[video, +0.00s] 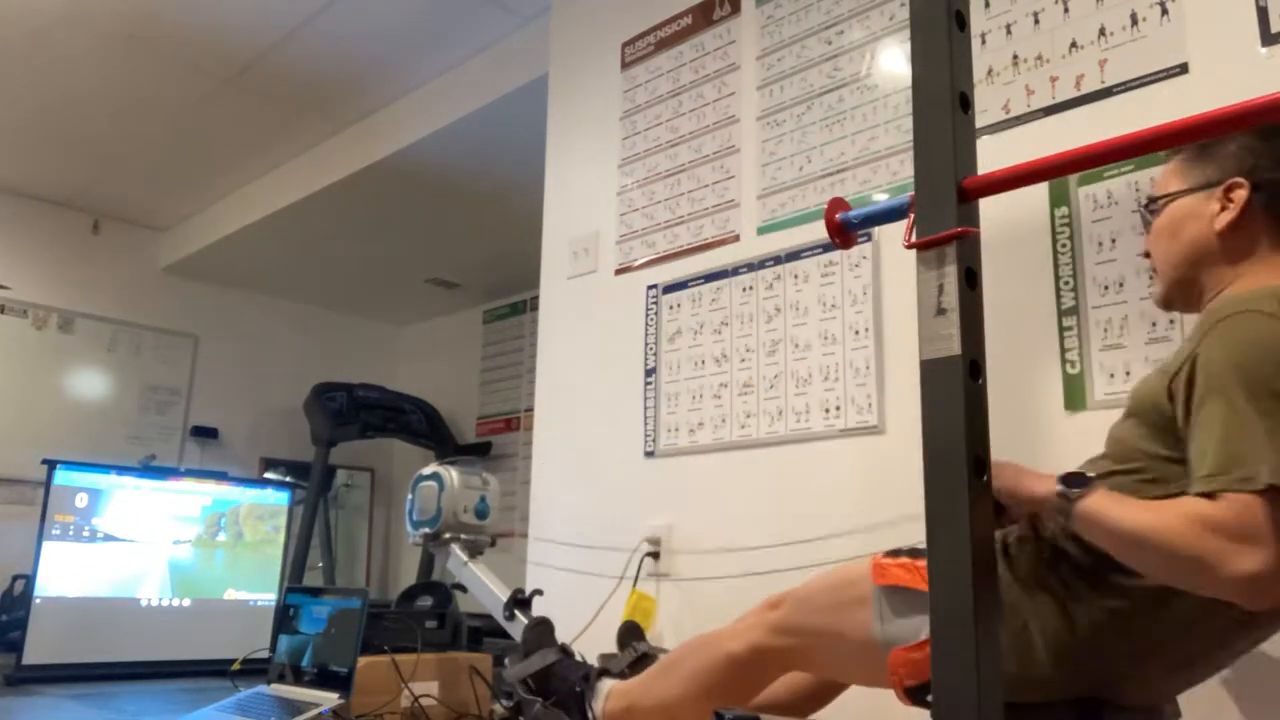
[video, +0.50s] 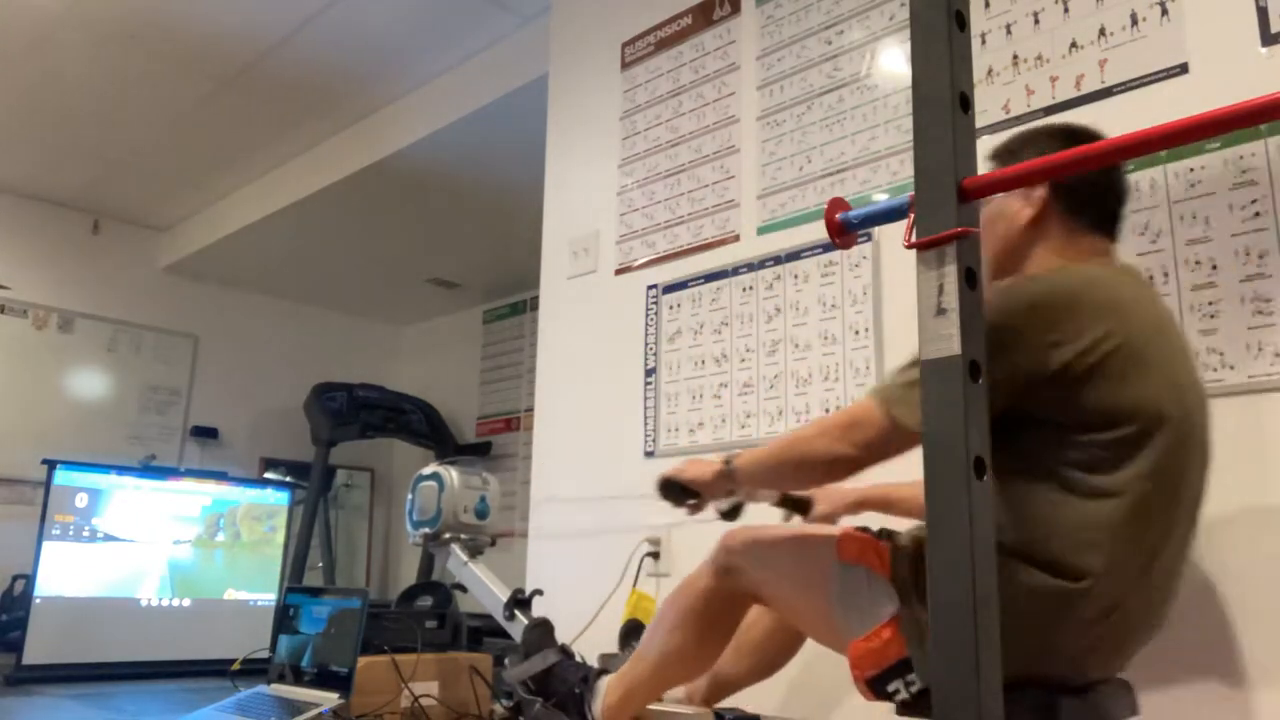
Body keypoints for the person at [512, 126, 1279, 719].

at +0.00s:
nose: (1145, 234)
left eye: (1160, 206)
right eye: (1148, 213)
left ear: (1231, 207)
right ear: (1233, 212)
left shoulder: (1250, 327)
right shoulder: (1241, 329)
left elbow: (1252, 559)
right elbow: (1228, 547)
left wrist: (1058, 498)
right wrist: (1053, 505)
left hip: (1059, 630)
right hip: (1088, 631)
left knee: (783, 620)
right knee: (839, 629)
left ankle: (608, 704)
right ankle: (705, 716)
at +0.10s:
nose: (1141, 234)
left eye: (1157, 206)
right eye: (1145, 212)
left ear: (1228, 207)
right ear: (1231, 212)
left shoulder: (1237, 326)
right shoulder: (1250, 327)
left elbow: (1183, 558)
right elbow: (1201, 561)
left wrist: (992, 507)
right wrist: (999, 518)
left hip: (1048, 628)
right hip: (1094, 638)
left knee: (781, 620)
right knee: (835, 632)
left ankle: (608, 705)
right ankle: (703, 717)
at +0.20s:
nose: (1123, 238)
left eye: (1137, 211)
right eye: (1128, 215)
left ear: (1204, 208)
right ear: (1215, 211)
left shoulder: (1202, 334)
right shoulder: (1267, 330)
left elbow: (1083, 534)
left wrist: (918, 497)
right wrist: (965, 542)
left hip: (1056, 647)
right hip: (1128, 657)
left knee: (780, 611)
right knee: (839, 622)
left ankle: (606, 705)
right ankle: (692, 710)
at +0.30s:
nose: (1083, 229)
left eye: (1098, 205)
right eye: (1087, 209)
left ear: (1164, 204)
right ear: (1183, 207)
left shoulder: (1165, 325)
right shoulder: (1266, 323)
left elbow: (1001, 495)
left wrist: (846, 483)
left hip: (1040, 631)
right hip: (1130, 644)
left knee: (766, 593)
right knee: (831, 608)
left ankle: (610, 703)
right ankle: (697, 706)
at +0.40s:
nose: (1035, 227)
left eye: (1047, 202)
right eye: (1038, 206)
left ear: (1105, 196)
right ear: (1136, 202)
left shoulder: (1110, 310)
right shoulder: (1199, 310)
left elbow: (917, 462)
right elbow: (1073, 506)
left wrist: (782, 472)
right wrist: (918, 523)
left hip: (1042, 627)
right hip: (1105, 626)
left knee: (747, 581)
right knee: (821, 596)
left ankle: (609, 710)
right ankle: (700, 706)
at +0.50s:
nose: (970, 227)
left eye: (982, 202)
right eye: (974, 205)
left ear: (1035, 201)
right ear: (1059, 206)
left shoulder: (1037, 306)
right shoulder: (1131, 306)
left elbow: (847, 445)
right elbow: (1029, 506)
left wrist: (724, 473)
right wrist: (862, 497)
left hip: (1023, 627)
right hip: (1092, 628)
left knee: (738, 557)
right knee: (837, 549)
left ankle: (612, 703)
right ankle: (694, 696)